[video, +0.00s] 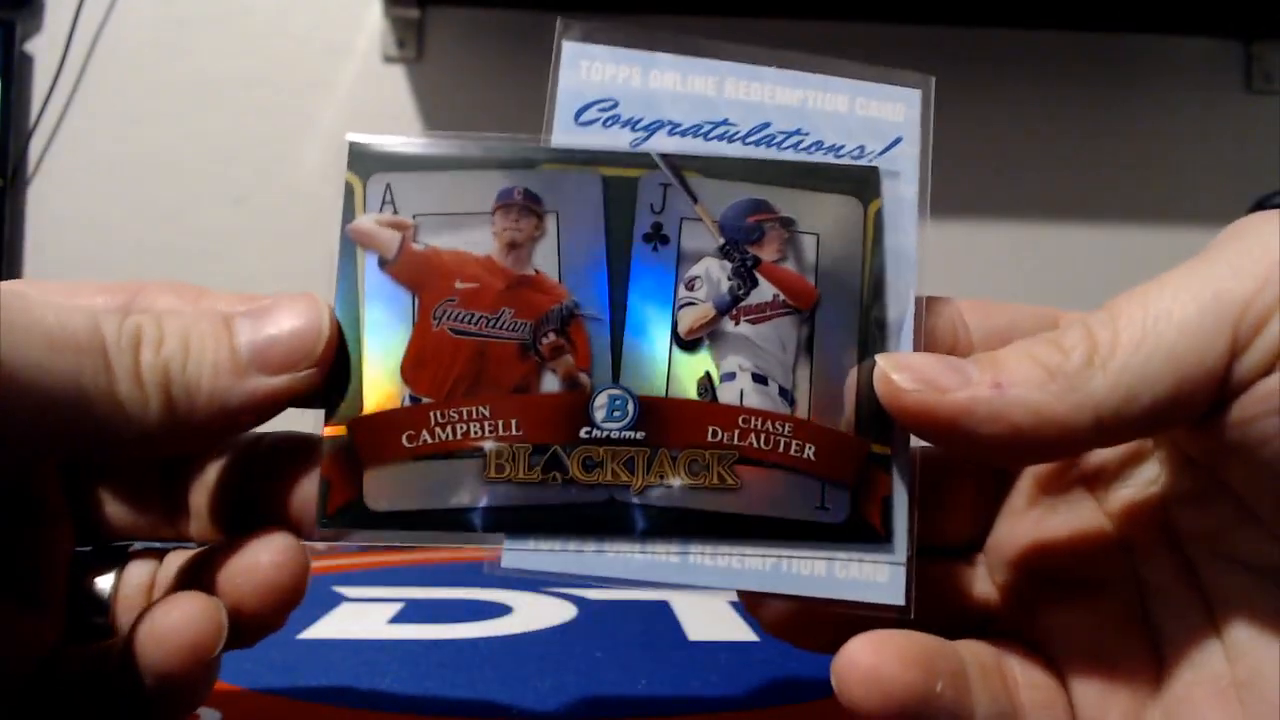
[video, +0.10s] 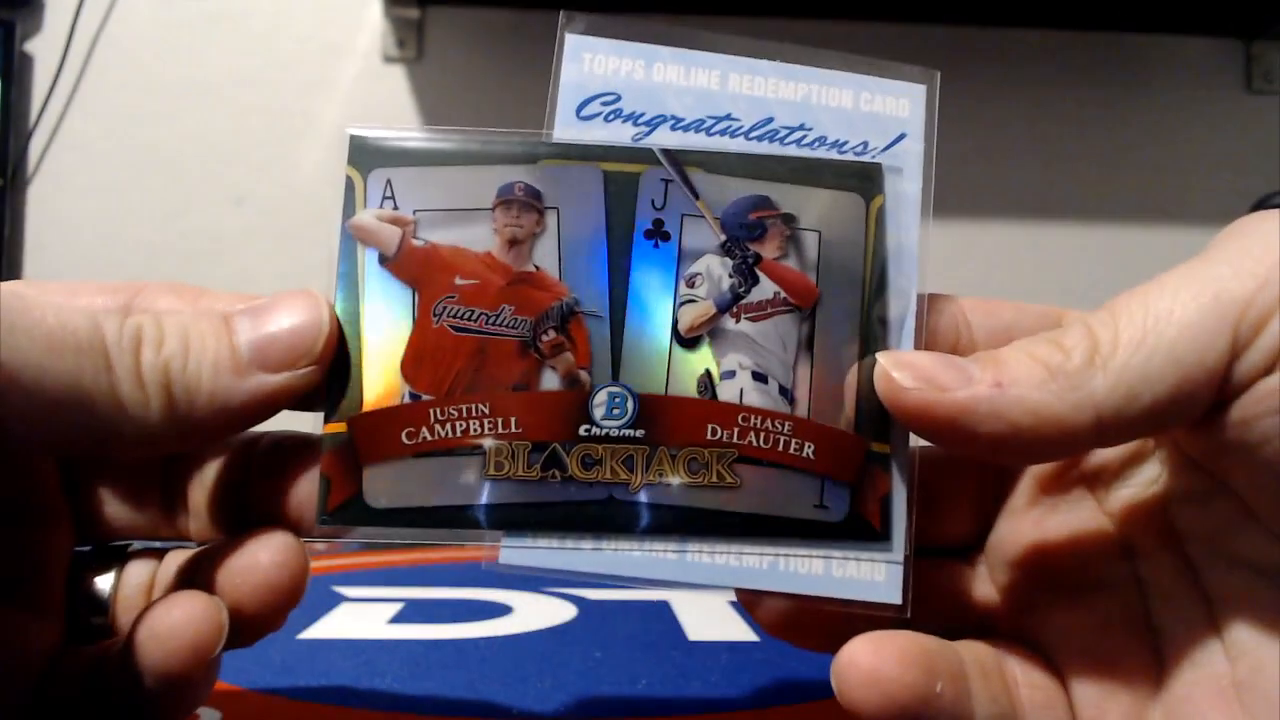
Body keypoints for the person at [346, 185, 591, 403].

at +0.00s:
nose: (513, 219)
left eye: (524, 213)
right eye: (506, 213)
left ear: (539, 228)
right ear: (493, 224)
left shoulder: (554, 299)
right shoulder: (445, 265)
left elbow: (582, 389)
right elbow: (358, 229)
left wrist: (564, 366)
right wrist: (398, 223)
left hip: (507, 429)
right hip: (429, 420)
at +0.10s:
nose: (514, 215)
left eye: (525, 209)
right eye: (506, 208)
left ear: (539, 223)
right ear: (493, 219)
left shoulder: (556, 297)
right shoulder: (445, 261)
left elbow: (581, 386)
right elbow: (358, 225)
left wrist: (565, 365)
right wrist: (393, 219)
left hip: (506, 428)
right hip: (428, 417)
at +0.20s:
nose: (514, 213)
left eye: (525, 208)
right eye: (506, 206)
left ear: (539, 224)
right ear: (492, 219)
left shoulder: (555, 295)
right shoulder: (446, 262)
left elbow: (581, 386)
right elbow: (359, 225)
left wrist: (564, 365)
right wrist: (393, 219)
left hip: (504, 429)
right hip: (428, 418)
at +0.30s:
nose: (513, 215)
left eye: (524, 210)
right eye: (505, 208)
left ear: (538, 226)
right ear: (492, 221)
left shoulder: (554, 298)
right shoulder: (444, 264)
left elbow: (581, 389)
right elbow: (358, 228)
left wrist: (566, 371)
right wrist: (393, 222)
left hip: (503, 432)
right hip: (427, 421)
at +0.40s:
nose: (513, 220)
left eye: (524, 214)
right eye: (505, 213)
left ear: (538, 230)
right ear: (491, 226)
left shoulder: (555, 303)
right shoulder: (446, 270)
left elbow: (581, 395)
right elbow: (359, 232)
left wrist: (564, 371)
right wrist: (395, 227)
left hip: (507, 437)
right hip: (430, 428)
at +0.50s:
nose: (522, 234)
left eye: (532, 230)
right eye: (514, 228)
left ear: (547, 245)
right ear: (500, 242)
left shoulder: (565, 317)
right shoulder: (456, 287)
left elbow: (597, 409)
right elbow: (370, 252)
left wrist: (579, 386)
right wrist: (404, 248)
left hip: (523, 450)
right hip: (450, 442)